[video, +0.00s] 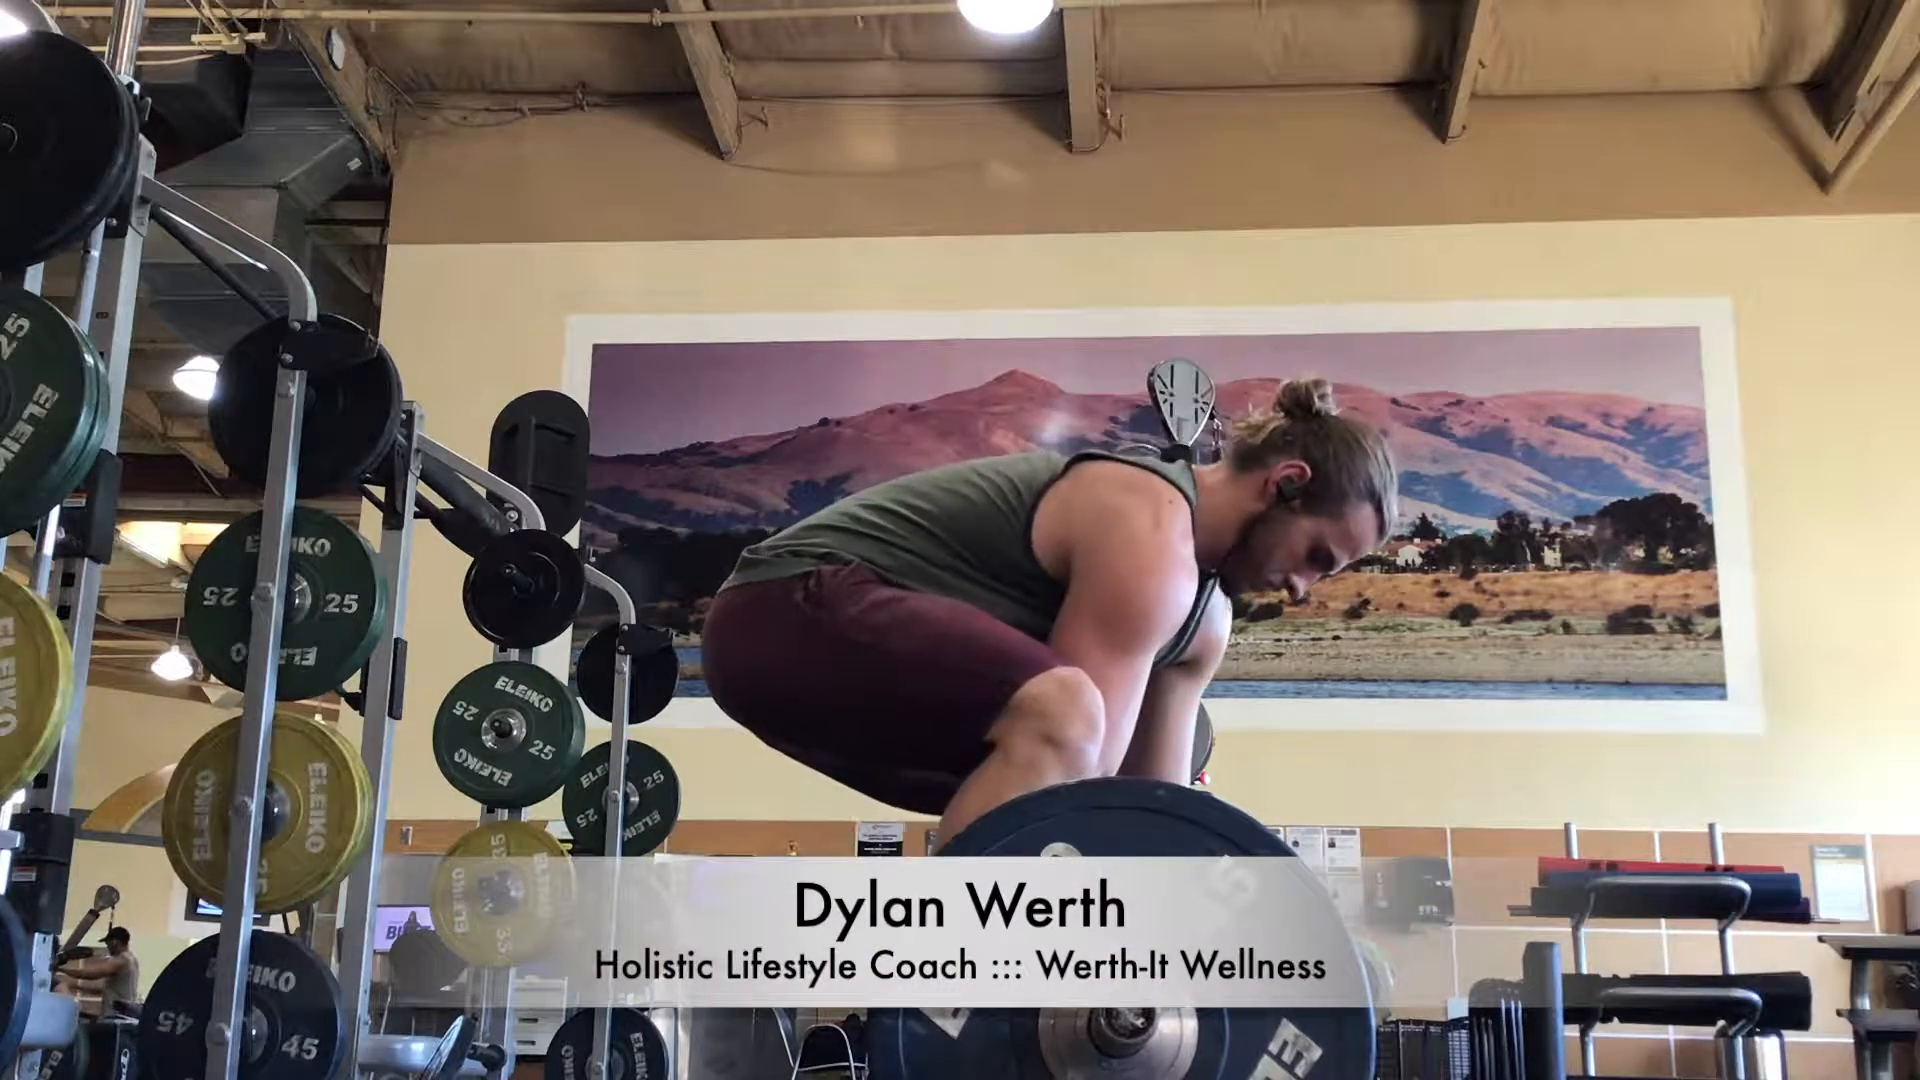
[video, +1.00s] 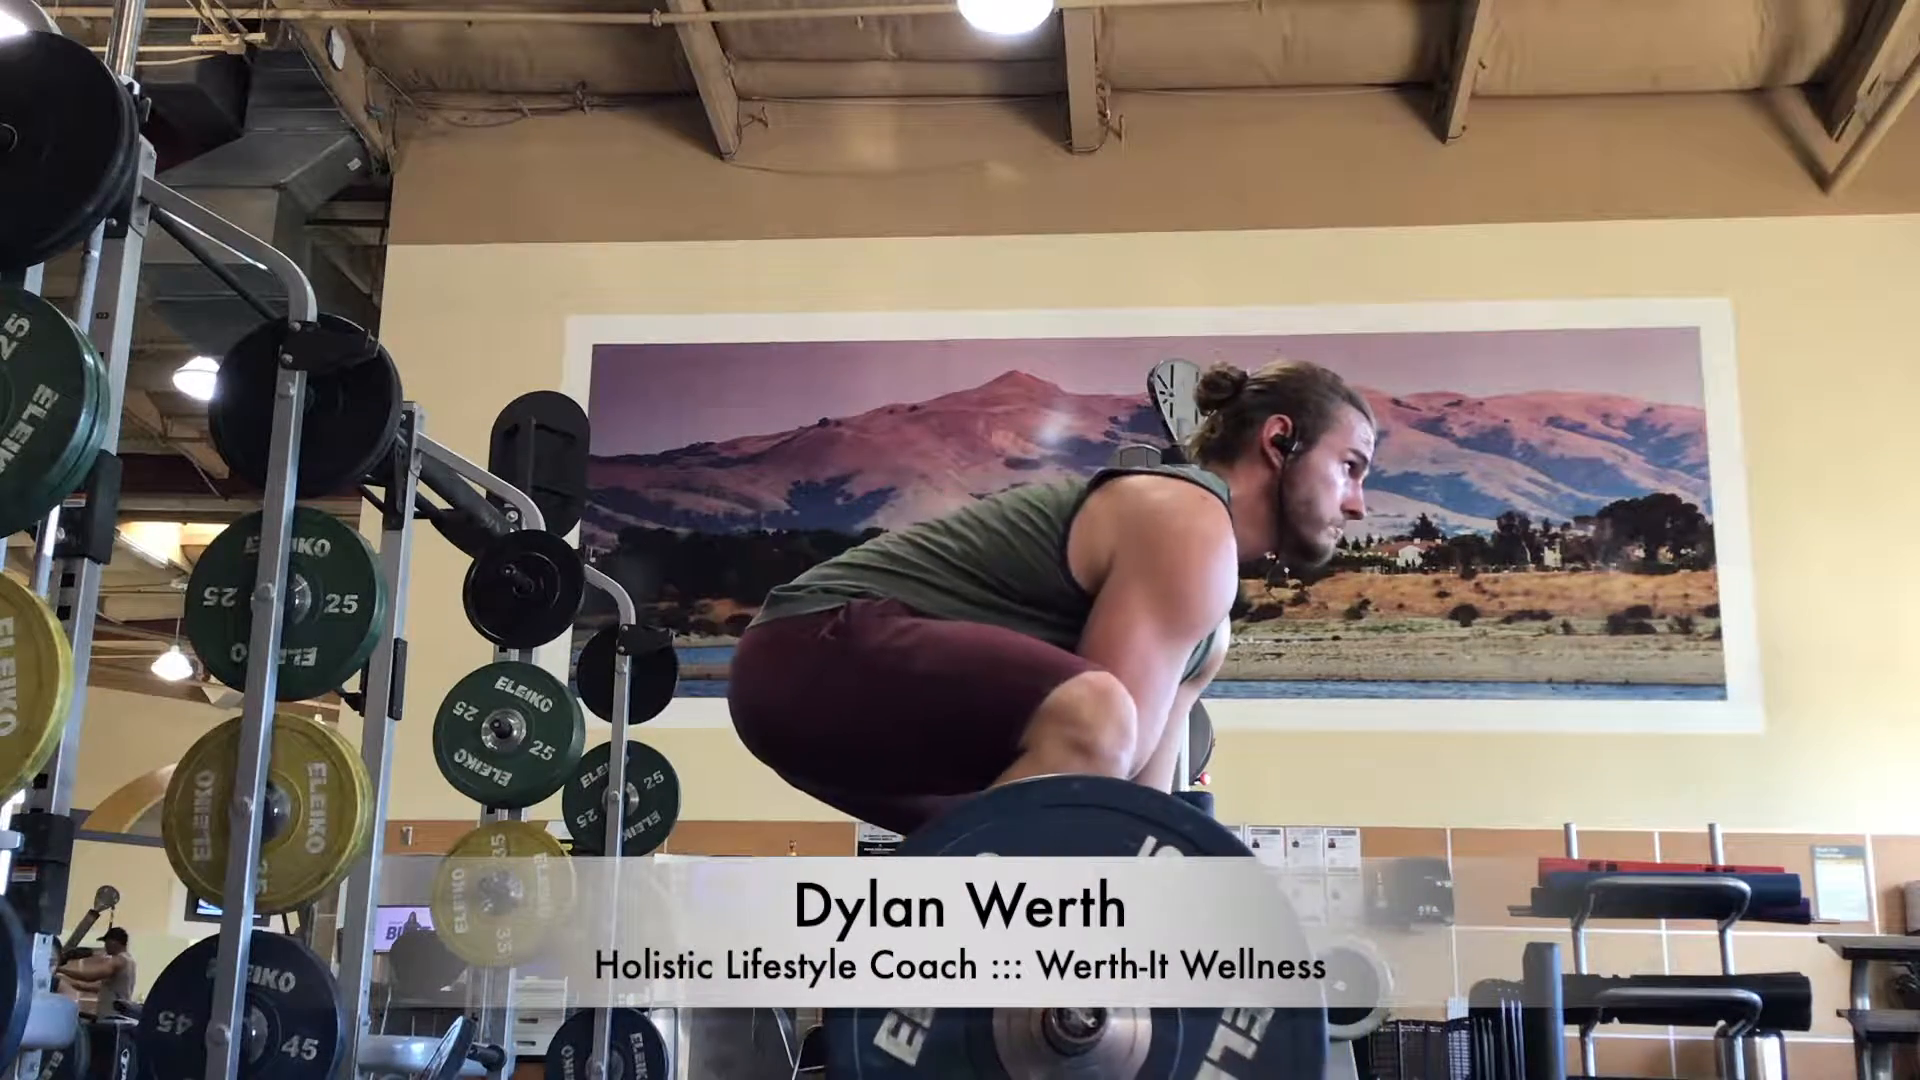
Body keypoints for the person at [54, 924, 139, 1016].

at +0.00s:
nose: (107, 947)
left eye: (108, 943)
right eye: (106, 943)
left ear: (116, 943)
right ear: (122, 943)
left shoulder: (121, 960)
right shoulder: (130, 960)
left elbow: (88, 974)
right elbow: (103, 987)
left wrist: (61, 969)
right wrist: (76, 985)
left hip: (113, 1017)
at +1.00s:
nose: (105, 946)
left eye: (107, 942)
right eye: (105, 942)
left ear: (114, 942)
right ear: (119, 943)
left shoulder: (119, 960)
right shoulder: (128, 961)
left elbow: (87, 976)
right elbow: (105, 988)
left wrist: (61, 970)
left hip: (108, 1017)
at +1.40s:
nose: (103, 948)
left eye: (104, 945)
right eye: (102, 945)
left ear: (110, 943)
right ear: (121, 944)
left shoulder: (116, 961)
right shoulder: (130, 962)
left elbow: (88, 977)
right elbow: (137, 982)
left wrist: (61, 971)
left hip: (107, 1017)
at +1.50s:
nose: (102, 948)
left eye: (103, 944)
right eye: (101, 944)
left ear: (112, 943)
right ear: (121, 944)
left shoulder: (115, 961)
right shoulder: (132, 963)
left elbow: (88, 977)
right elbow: (144, 981)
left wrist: (61, 971)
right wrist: (131, 970)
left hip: (106, 1017)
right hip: (123, 1017)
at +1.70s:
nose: (103, 949)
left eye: (104, 945)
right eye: (102, 945)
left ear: (113, 943)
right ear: (120, 943)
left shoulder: (116, 961)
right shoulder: (132, 962)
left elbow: (88, 977)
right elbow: (144, 983)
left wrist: (61, 971)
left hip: (107, 1017)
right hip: (124, 1018)